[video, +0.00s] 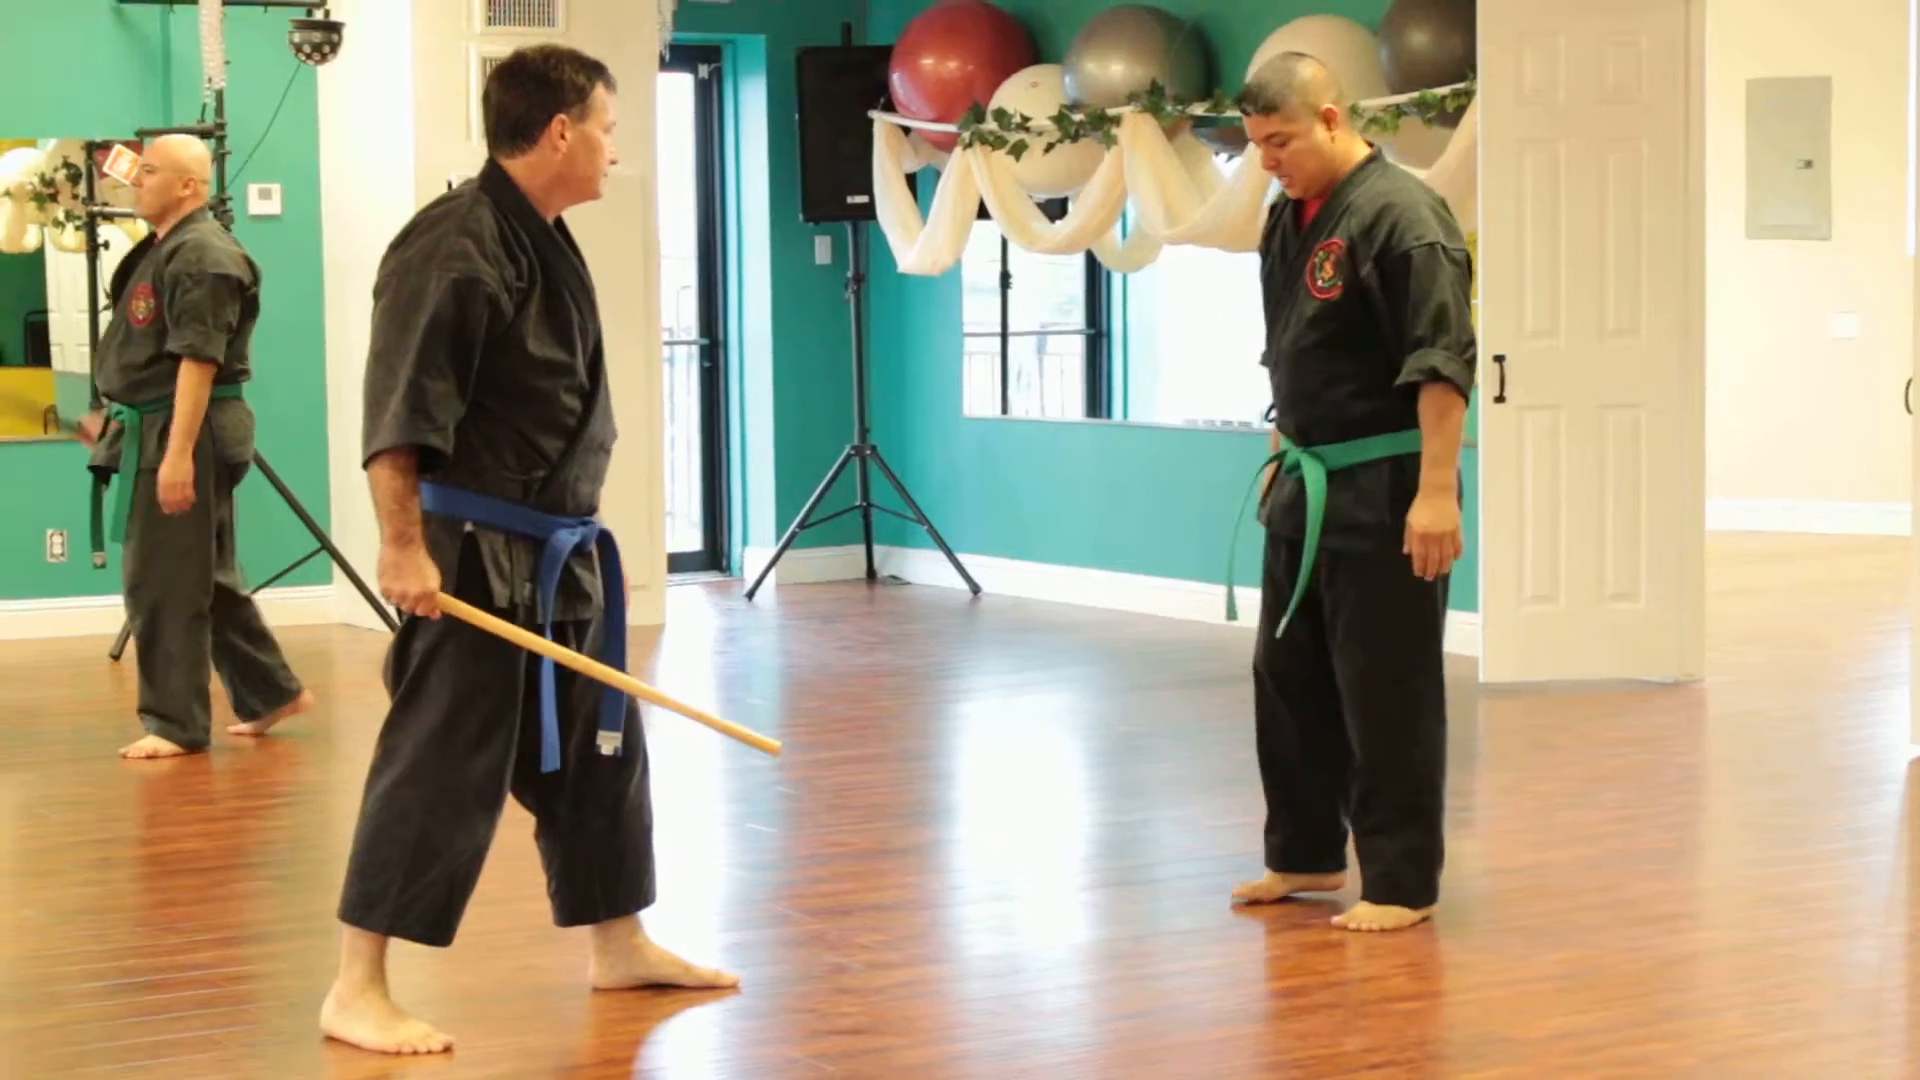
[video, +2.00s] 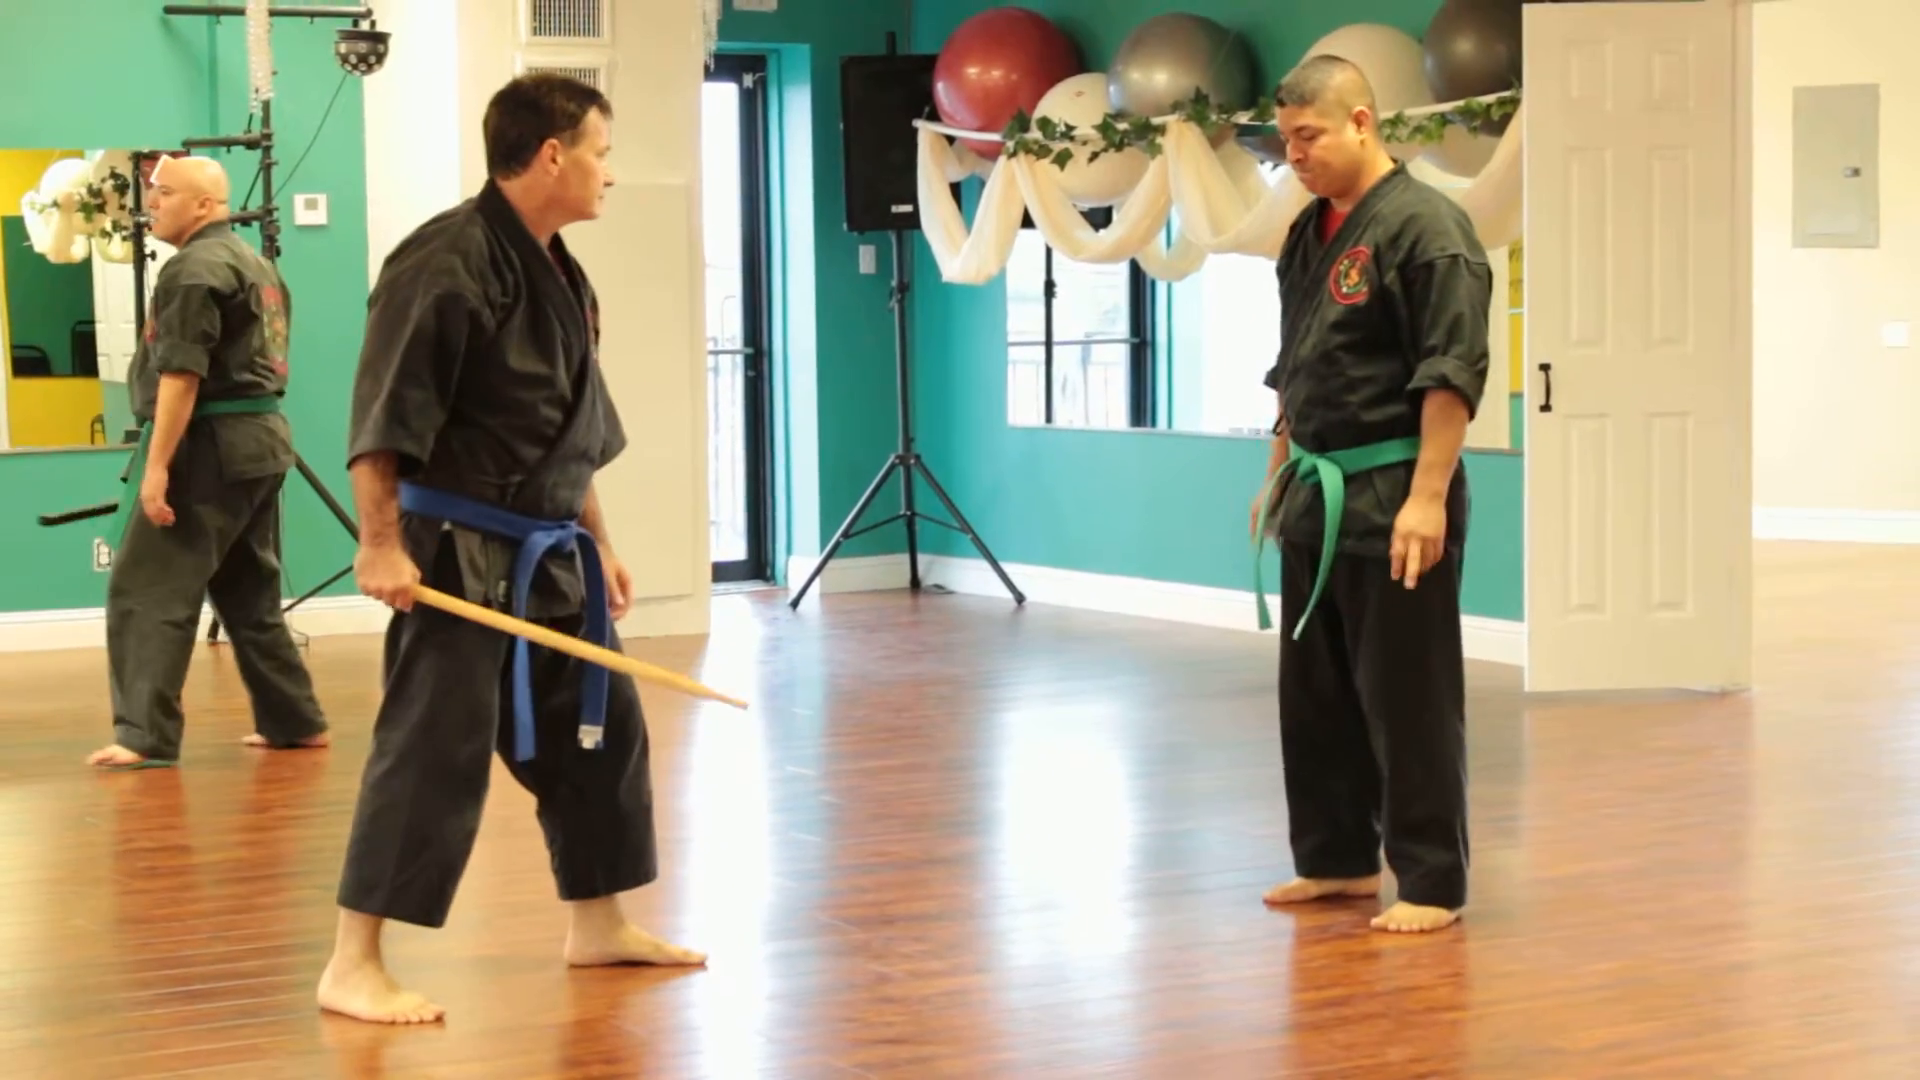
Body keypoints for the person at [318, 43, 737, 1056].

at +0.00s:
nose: (613, 154)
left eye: (613, 134)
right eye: (606, 134)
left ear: (550, 134)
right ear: (557, 132)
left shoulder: (542, 239)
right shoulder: (451, 244)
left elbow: (543, 407)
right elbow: (393, 406)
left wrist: (578, 535)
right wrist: (402, 543)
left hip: (564, 539)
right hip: (477, 541)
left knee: (598, 735)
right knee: (435, 754)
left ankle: (622, 949)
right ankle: (356, 989)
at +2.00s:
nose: (609, 173)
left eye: (608, 154)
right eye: (600, 154)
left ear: (551, 156)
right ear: (551, 156)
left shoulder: (558, 272)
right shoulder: (443, 260)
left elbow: (561, 430)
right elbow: (379, 410)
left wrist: (598, 541)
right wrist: (380, 539)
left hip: (553, 541)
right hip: (459, 540)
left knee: (598, 723)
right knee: (427, 743)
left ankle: (598, 926)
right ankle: (352, 964)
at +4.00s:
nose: (619, 184)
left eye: (618, 165)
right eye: (610, 164)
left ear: (561, 164)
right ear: (559, 164)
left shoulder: (581, 284)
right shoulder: (447, 267)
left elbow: (617, 424)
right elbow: (376, 407)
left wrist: (679, 527)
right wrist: (378, 540)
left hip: (563, 546)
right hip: (463, 545)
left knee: (641, 702)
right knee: (444, 747)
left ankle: (611, 908)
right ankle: (354, 966)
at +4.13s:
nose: (648, 194)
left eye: (647, 175)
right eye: (638, 175)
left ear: (591, 176)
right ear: (588, 175)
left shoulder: (621, 288)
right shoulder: (478, 272)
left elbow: (682, 404)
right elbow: (365, 382)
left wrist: (757, 489)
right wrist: (350, 489)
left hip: (590, 547)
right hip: (494, 541)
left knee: (672, 700)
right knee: (468, 742)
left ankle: (639, 911)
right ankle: (356, 965)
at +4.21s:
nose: (677, 201)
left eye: (677, 184)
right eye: (668, 183)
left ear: (629, 183)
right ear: (616, 181)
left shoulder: (661, 290)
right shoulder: (515, 270)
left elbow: (733, 397)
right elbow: (413, 326)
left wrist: (821, 471)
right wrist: (357, 381)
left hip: (631, 558)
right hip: (534, 553)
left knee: (699, 712)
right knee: (491, 738)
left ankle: (653, 921)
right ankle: (357, 957)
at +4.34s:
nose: (731, 201)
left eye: (732, 185)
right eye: (724, 184)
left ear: (683, 183)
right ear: (677, 182)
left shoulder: (721, 283)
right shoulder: (576, 271)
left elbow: (797, 369)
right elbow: (429, 322)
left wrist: (880, 439)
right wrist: (405, 268)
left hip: (698, 545)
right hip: (611, 542)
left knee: (737, 724)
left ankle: (655, 920)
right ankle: (444, 893)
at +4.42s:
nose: (779, 202)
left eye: (780, 184)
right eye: (771, 184)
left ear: (726, 183)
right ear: (722, 183)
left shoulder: (760, 280)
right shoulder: (627, 265)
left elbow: (832, 365)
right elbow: (499, 283)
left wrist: (910, 432)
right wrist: (483, 184)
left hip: (745, 540)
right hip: (662, 541)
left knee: (745, 728)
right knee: (739, 728)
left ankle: (656, 917)